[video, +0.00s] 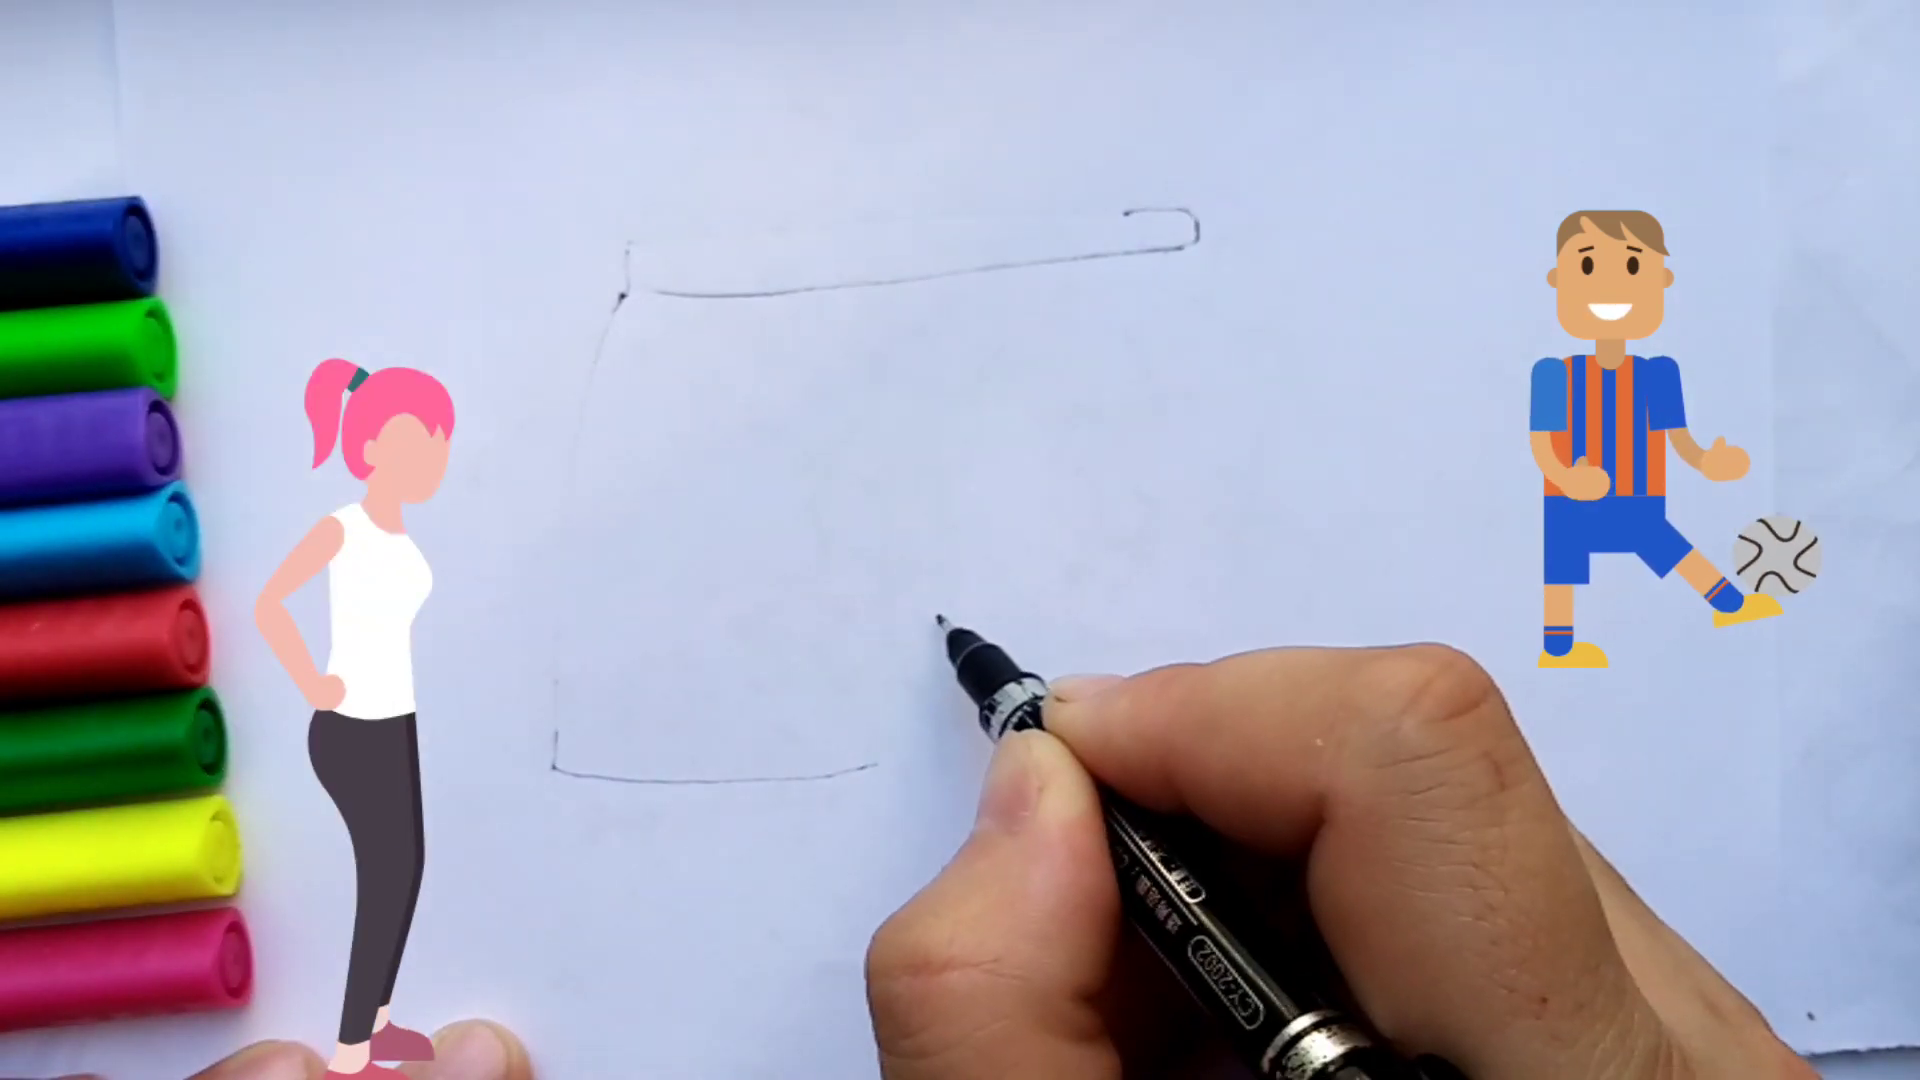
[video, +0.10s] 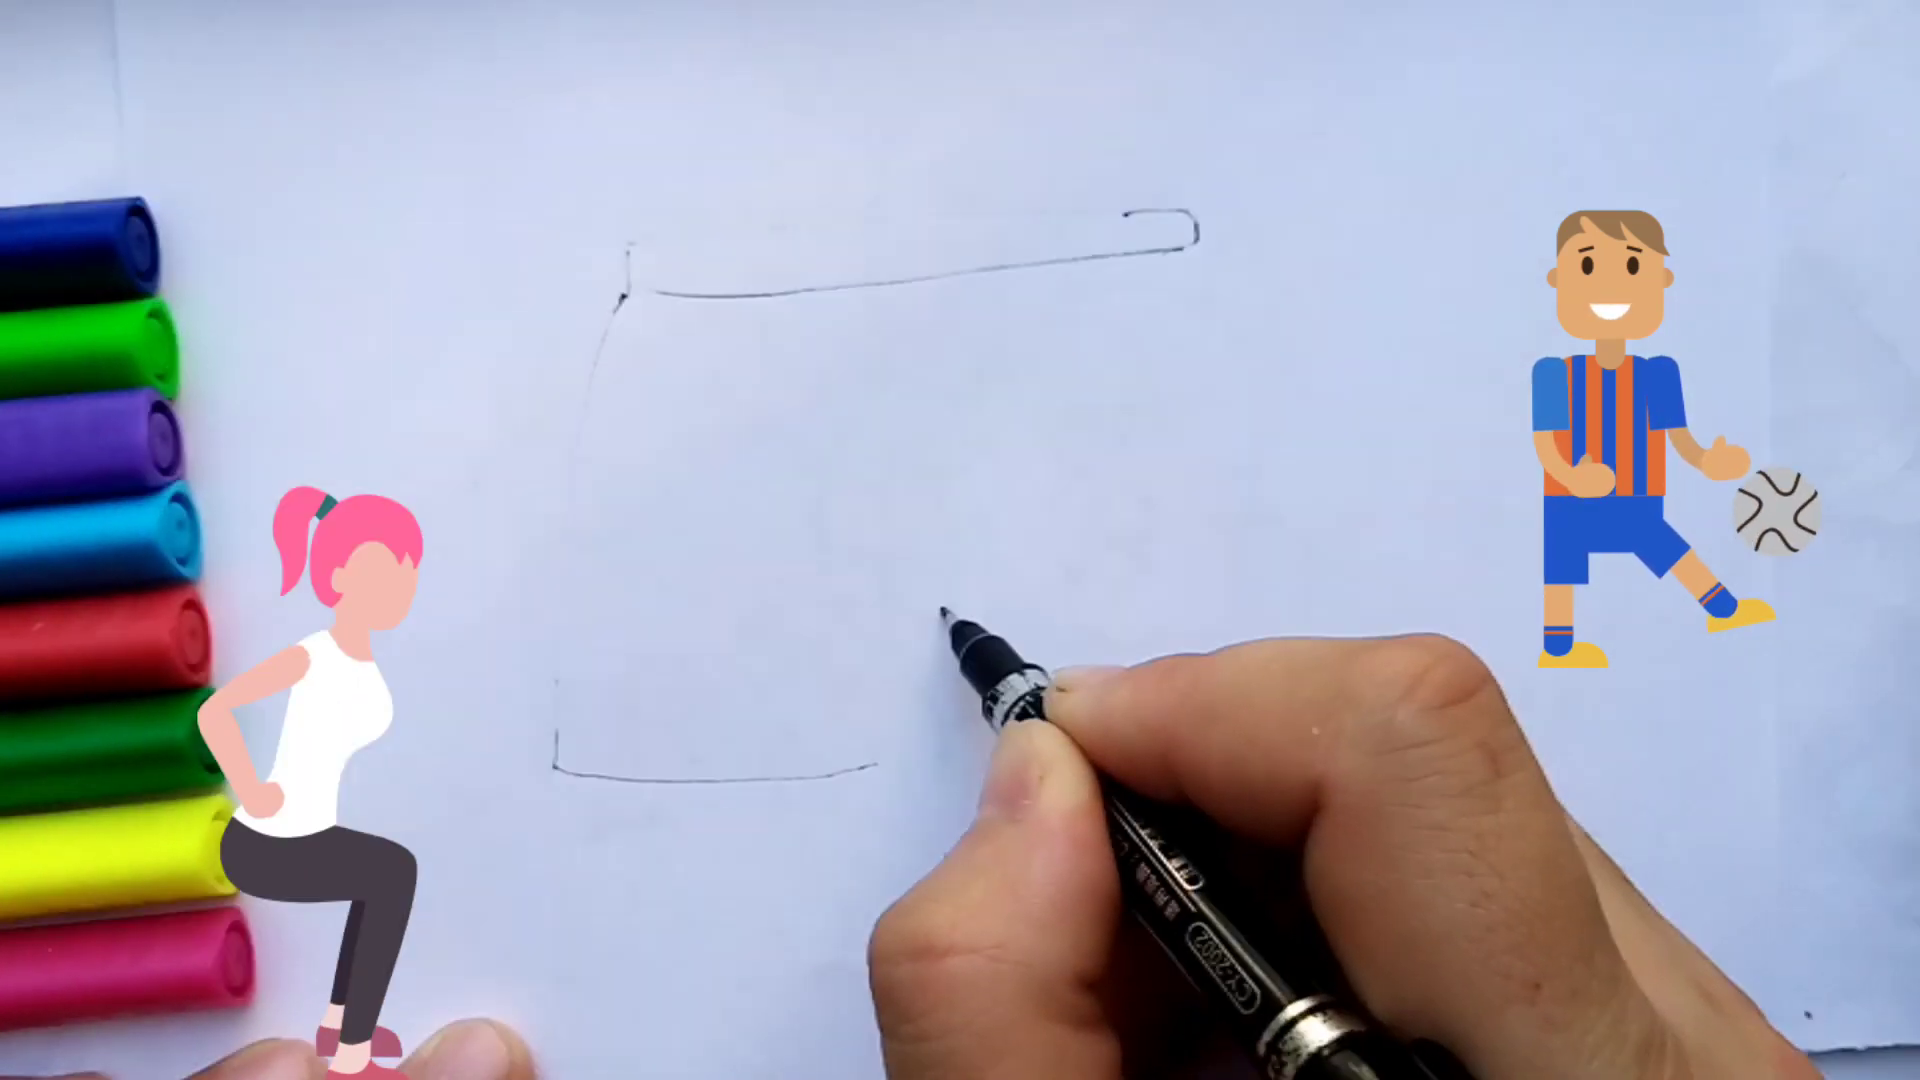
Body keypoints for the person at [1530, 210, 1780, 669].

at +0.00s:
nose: (1610, 287)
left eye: (1631, 267)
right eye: (1590, 267)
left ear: (1661, 283)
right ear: (1561, 283)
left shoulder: (1657, 374)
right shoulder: (1555, 375)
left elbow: (1680, 437)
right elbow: (1542, 442)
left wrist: (1707, 462)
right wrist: (1566, 479)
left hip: (1634, 505)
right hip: (1570, 508)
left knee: (1675, 551)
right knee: (1560, 572)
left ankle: (1729, 602)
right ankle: (1557, 646)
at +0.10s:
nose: (1610, 287)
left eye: (1632, 267)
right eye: (1589, 267)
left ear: (1661, 283)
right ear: (1560, 284)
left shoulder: (1656, 374)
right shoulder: (1555, 373)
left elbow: (1681, 436)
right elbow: (1545, 439)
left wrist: (1708, 462)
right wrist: (1570, 477)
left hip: (1632, 505)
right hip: (1569, 507)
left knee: (1670, 551)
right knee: (1561, 570)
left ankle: (1723, 607)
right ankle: (1557, 645)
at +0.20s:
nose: (1610, 287)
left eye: (1631, 267)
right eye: (1589, 266)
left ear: (1662, 283)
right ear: (1559, 283)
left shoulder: (1656, 374)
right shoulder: (1558, 373)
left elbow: (1683, 438)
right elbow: (1550, 441)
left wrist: (1710, 462)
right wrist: (1579, 474)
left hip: (1631, 506)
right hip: (1570, 506)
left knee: (1665, 552)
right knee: (1562, 569)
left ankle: (1713, 615)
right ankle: (1558, 646)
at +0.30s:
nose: (1610, 287)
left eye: (1631, 266)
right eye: (1589, 267)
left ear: (1662, 283)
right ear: (1558, 283)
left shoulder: (1655, 373)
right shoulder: (1560, 373)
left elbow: (1681, 434)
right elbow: (1554, 439)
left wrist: (1710, 460)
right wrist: (1582, 470)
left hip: (1630, 505)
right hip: (1570, 506)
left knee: (1663, 554)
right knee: (1561, 570)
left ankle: (1707, 622)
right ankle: (1557, 647)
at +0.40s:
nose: (1610, 287)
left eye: (1631, 267)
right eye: (1589, 266)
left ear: (1662, 283)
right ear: (1559, 283)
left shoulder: (1656, 374)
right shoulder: (1559, 373)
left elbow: (1684, 438)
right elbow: (1551, 442)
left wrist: (1711, 462)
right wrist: (1579, 475)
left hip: (1631, 506)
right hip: (1570, 507)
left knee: (1664, 551)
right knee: (1562, 568)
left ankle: (1713, 615)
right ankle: (1558, 646)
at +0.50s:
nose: (1610, 287)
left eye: (1631, 267)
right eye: (1589, 267)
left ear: (1661, 283)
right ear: (1561, 284)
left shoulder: (1657, 373)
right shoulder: (1555, 374)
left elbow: (1681, 436)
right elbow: (1546, 440)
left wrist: (1708, 462)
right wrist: (1570, 477)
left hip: (1633, 505)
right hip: (1569, 507)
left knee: (1671, 552)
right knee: (1561, 572)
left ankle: (1722, 607)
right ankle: (1557, 646)